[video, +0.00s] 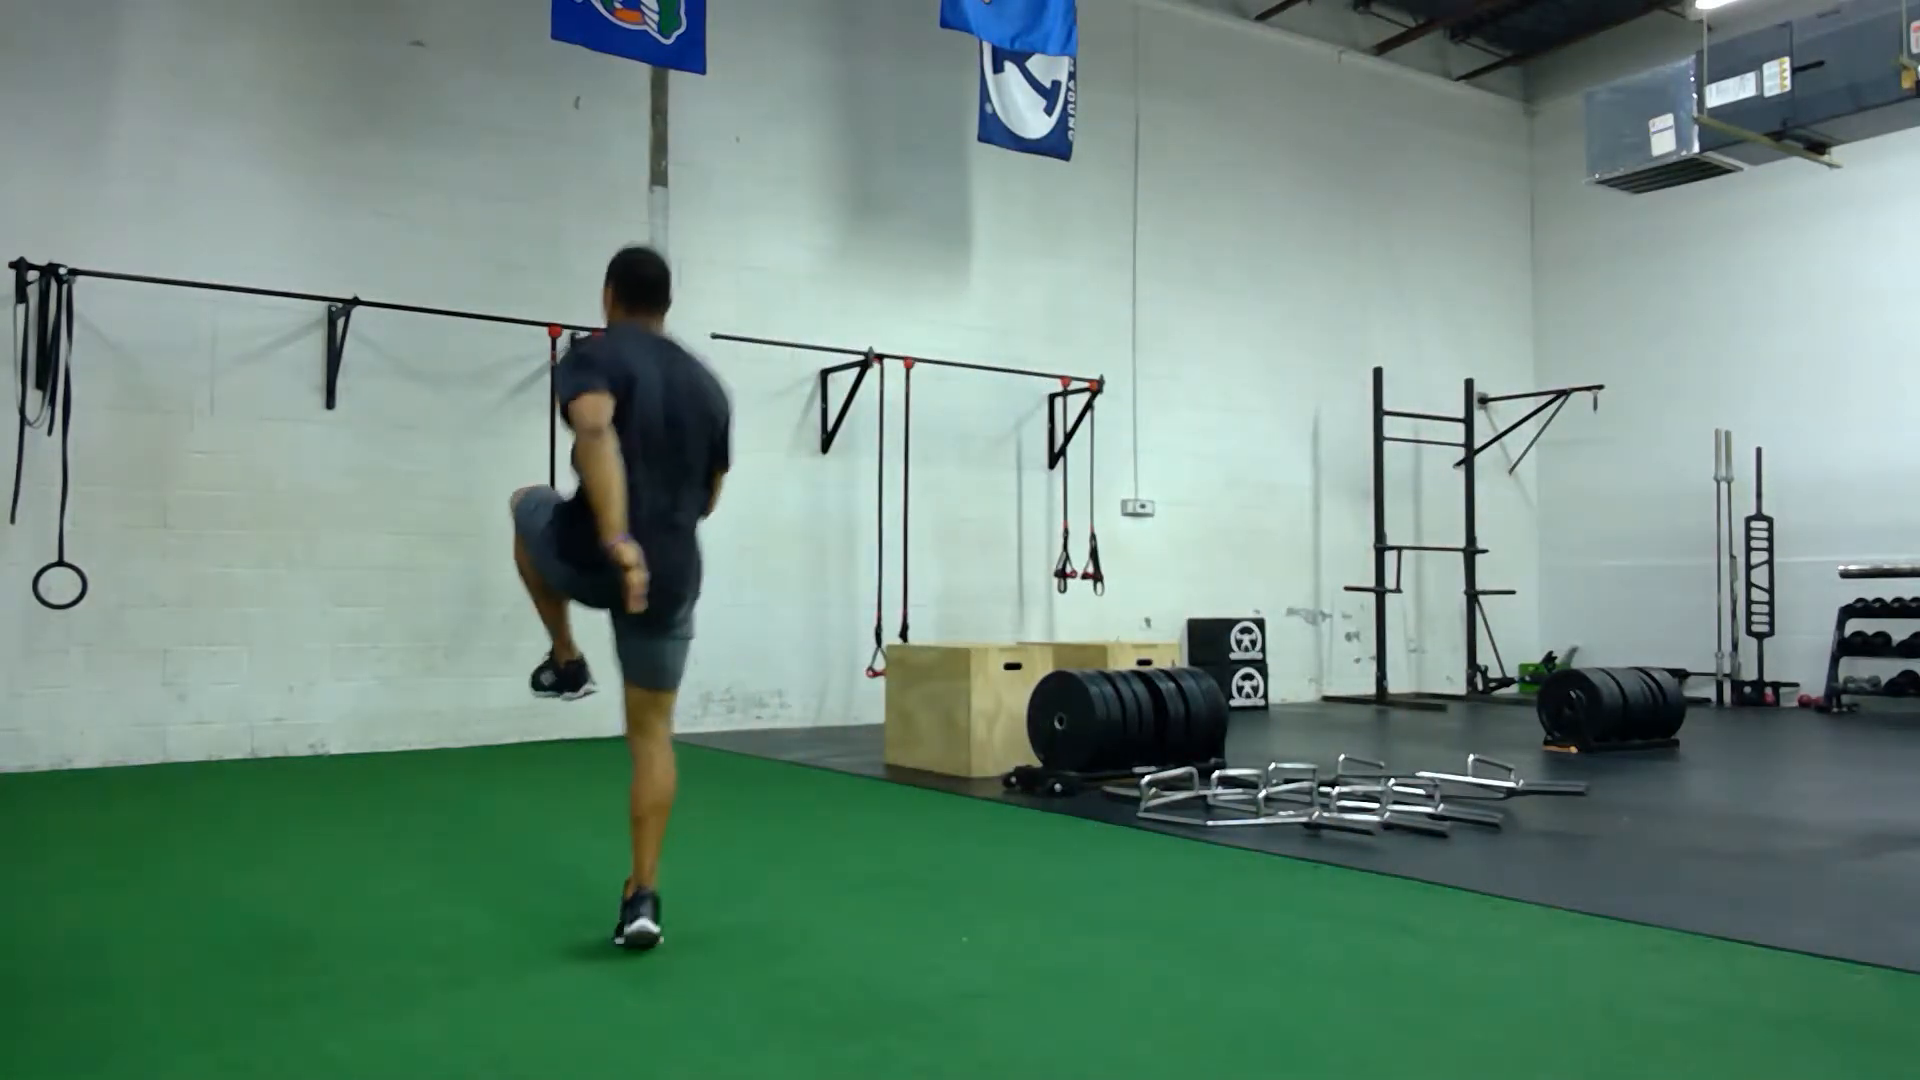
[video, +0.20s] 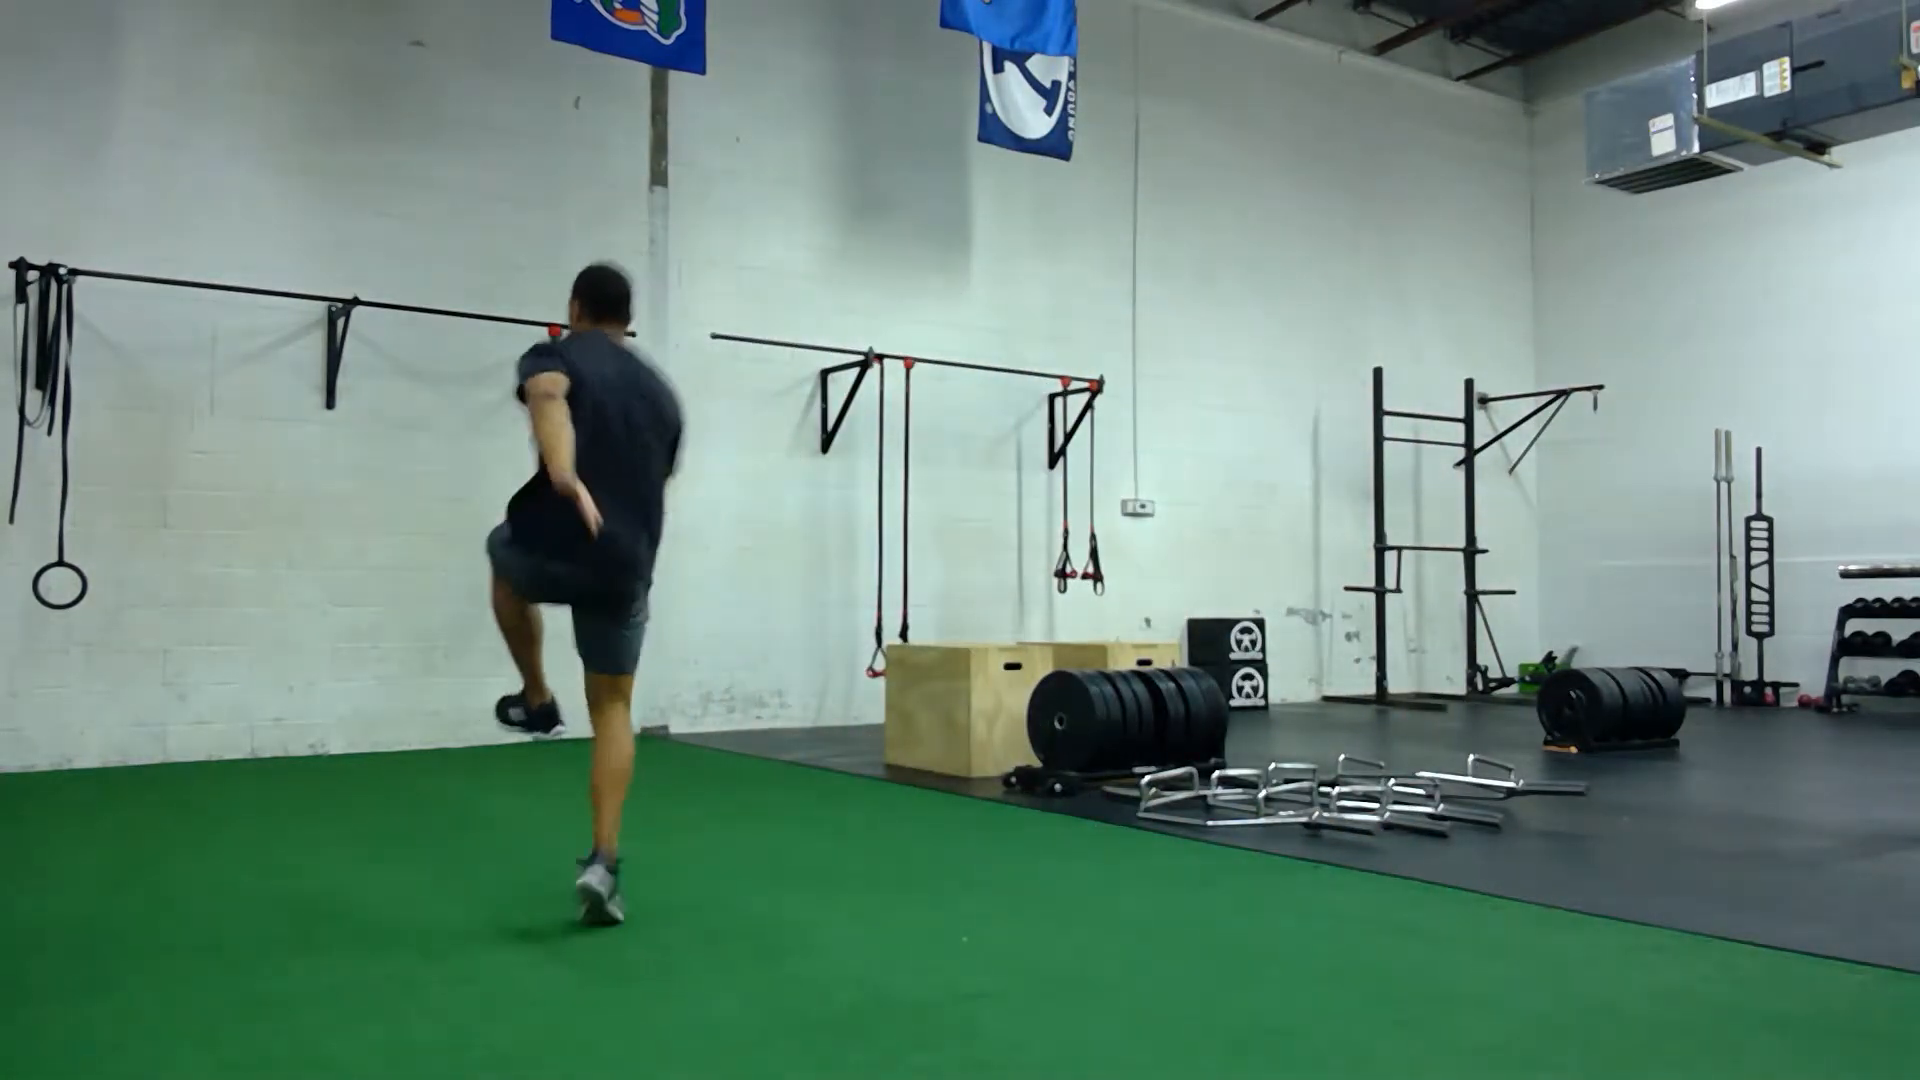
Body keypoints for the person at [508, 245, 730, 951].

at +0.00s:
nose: (603, 306)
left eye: (604, 295)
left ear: (608, 296)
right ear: (667, 303)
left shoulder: (593, 353)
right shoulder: (705, 383)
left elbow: (594, 430)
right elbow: (706, 498)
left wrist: (620, 539)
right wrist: (639, 497)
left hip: (591, 563)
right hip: (671, 574)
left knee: (529, 504)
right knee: (653, 732)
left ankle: (564, 658)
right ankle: (643, 895)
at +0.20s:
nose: (567, 321)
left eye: (568, 312)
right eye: (581, 314)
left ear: (573, 312)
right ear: (629, 320)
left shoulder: (554, 353)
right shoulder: (663, 395)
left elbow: (550, 401)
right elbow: (657, 485)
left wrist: (562, 477)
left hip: (545, 550)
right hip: (621, 572)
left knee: (506, 564)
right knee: (612, 709)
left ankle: (536, 700)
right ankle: (603, 860)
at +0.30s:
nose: (549, 341)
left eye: (546, 331)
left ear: (548, 334)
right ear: (604, 339)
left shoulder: (527, 383)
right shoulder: (637, 409)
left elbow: (515, 417)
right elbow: (629, 494)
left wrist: (527, 456)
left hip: (532, 572)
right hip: (605, 585)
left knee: (476, 563)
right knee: (595, 728)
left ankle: (505, 704)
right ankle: (593, 878)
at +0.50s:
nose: (494, 353)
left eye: (491, 343)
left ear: (488, 346)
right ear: (541, 349)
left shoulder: (464, 414)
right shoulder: (575, 411)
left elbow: (437, 522)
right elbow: (633, 474)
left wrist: (441, 496)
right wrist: (685, 543)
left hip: (491, 584)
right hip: (557, 586)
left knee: (462, 726)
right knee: (522, 609)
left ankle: (465, 874)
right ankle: (529, 678)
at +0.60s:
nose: (484, 352)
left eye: (478, 343)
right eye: (502, 343)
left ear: (475, 346)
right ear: (525, 346)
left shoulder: (448, 409)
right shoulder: (557, 404)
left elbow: (429, 493)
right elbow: (610, 452)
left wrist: (463, 457)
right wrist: (658, 514)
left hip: (470, 567)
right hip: (542, 561)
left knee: (453, 701)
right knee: (513, 606)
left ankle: (461, 832)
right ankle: (494, 700)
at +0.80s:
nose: (472, 368)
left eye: (470, 359)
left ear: (465, 360)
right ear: (512, 366)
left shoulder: (443, 403)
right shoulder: (540, 426)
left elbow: (392, 411)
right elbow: (541, 497)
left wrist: (366, 460)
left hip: (444, 565)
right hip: (512, 572)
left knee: (425, 616)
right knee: (513, 706)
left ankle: (448, 667)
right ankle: (509, 831)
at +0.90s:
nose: (452, 362)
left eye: (449, 354)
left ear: (448, 356)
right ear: (492, 361)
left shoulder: (429, 398)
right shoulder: (523, 419)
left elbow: (378, 406)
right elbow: (535, 500)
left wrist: (359, 465)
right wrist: (494, 476)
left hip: (431, 552)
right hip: (497, 562)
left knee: (411, 620)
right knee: (494, 681)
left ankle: (428, 715)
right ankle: (504, 803)